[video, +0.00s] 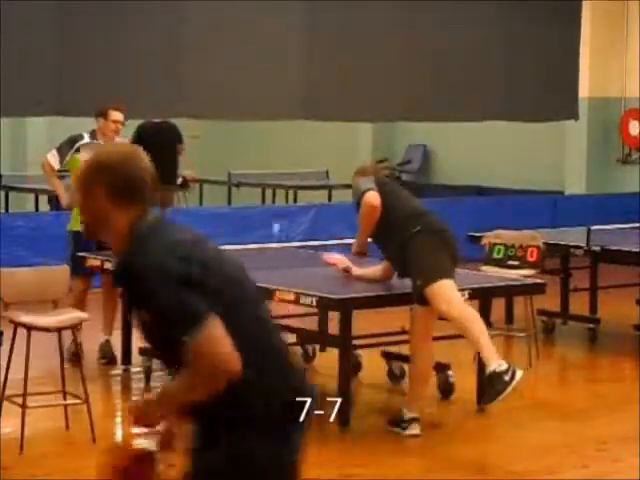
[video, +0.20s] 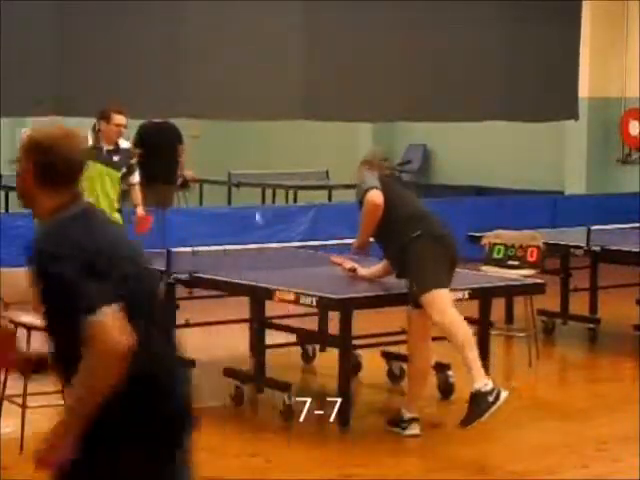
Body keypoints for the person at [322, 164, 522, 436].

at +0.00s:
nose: (357, 194)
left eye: (356, 188)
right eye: (357, 189)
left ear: (362, 180)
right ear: (383, 177)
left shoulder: (368, 180)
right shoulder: (401, 209)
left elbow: (372, 202)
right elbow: (385, 273)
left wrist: (361, 244)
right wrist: (352, 271)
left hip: (424, 239)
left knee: (449, 304)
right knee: (420, 338)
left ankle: (497, 367)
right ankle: (411, 415)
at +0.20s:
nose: (360, 178)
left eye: (360, 175)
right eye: (362, 175)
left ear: (366, 170)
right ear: (385, 171)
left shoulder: (370, 177)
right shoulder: (400, 194)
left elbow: (375, 200)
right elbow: (401, 255)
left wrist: (362, 241)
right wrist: (366, 273)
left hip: (424, 244)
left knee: (442, 313)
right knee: (418, 335)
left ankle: (483, 386)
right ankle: (410, 415)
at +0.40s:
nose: (470, 129)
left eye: (471, 123)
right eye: (472, 123)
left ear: (479, 125)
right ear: (506, 126)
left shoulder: (475, 163)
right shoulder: (530, 167)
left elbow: (465, 215)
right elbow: (544, 220)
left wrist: (444, 222)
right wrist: (509, 225)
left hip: (484, 276)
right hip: (526, 276)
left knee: (456, 350)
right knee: (519, 353)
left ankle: (435, 439)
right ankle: (524, 442)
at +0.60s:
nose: (449, 135)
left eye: (450, 129)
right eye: (451, 128)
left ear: (457, 130)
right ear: (485, 130)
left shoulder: (452, 168)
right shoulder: (512, 169)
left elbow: (432, 223)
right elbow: (530, 223)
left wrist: (451, 221)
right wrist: (496, 226)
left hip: (467, 280)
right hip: (513, 280)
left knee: (444, 359)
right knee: (517, 357)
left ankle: (437, 445)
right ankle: (522, 441)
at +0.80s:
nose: (435, 139)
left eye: (436, 133)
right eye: (437, 132)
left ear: (443, 133)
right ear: (471, 133)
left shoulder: (435, 171)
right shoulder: (500, 169)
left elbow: (416, 229)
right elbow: (525, 222)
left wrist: (426, 216)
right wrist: (495, 234)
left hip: (460, 276)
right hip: (506, 276)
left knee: (438, 357)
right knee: (514, 352)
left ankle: (436, 445)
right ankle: (528, 436)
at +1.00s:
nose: (445, 144)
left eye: (446, 138)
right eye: (446, 138)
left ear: (453, 138)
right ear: (479, 139)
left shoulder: (443, 173)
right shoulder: (508, 174)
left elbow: (422, 233)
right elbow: (536, 226)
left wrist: (426, 225)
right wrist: (515, 249)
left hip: (467, 277)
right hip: (513, 277)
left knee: (438, 359)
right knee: (517, 357)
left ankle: (435, 445)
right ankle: (531, 440)